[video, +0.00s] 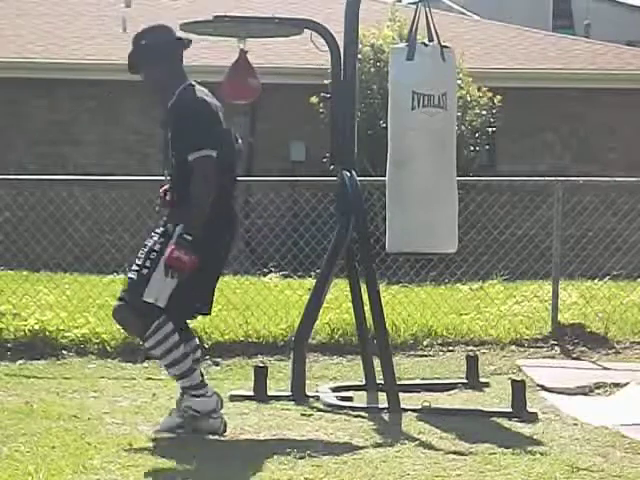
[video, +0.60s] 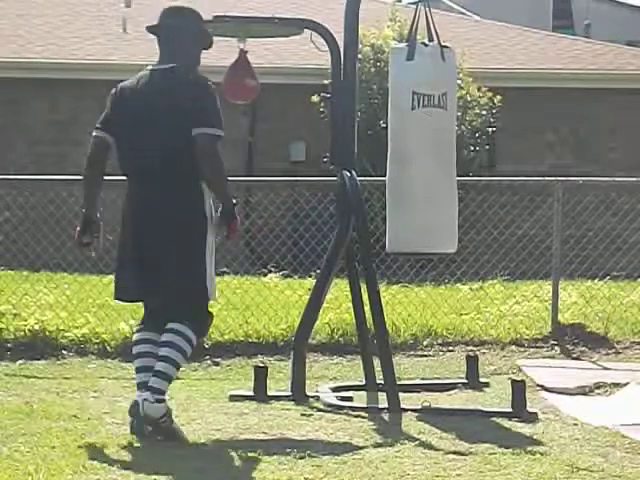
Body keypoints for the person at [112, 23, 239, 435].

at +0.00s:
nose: (143, 79)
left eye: (144, 69)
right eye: (141, 71)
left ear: (161, 64)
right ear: (173, 61)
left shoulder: (189, 106)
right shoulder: (191, 102)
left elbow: (207, 178)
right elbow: (217, 166)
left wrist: (188, 237)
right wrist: (179, 188)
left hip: (193, 227)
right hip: (198, 225)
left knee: (135, 311)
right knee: (169, 316)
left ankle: (200, 399)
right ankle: (196, 406)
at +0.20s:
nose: (116, 82)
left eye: (114, 74)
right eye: (113, 74)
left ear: (122, 67)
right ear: (153, 60)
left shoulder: (144, 95)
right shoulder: (190, 88)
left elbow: (158, 154)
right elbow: (243, 121)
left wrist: (143, 222)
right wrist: (235, 183)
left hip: (178, 215)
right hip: (218, 212)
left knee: (154, 313)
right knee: (217, 305)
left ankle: (176, 416)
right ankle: (246, 403)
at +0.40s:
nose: (128, 72)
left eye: (127, 66)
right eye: (133, 66)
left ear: (129, 65)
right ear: (170, 62)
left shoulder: (125, 100)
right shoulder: (200, 98)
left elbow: (118, 164)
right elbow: (241, 147)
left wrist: (96, 228)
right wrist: (261, 205)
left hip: (156, 216)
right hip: (205, 214)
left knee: (146, 319)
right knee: (206, 316)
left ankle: (178, 417)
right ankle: (261, 384)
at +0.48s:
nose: (144, 61)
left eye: (143, 54)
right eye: (177, 53)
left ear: (140, 55)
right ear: (182, 55)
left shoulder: (121, 100)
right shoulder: (206, 97)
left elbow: (103, 163)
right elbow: (233, 152)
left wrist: (88, 223)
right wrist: (249, 203)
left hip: (148, 217)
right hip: (199, 215)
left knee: (151, 316)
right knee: (198, 309)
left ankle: (173, 416)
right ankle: (206, 385)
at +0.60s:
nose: (206, 51)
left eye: (204, 44)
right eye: (204, 44)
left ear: (161, 41)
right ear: (193, 43)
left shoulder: (125, 91)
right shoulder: (198, 89)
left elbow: (97, 151)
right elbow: (206, 151)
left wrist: (89, 212)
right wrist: (228, 203)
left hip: (139, 215)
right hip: (184, 214)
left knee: (153, 309)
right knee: (194, 312)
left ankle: (147, 410)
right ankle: (151, 401)